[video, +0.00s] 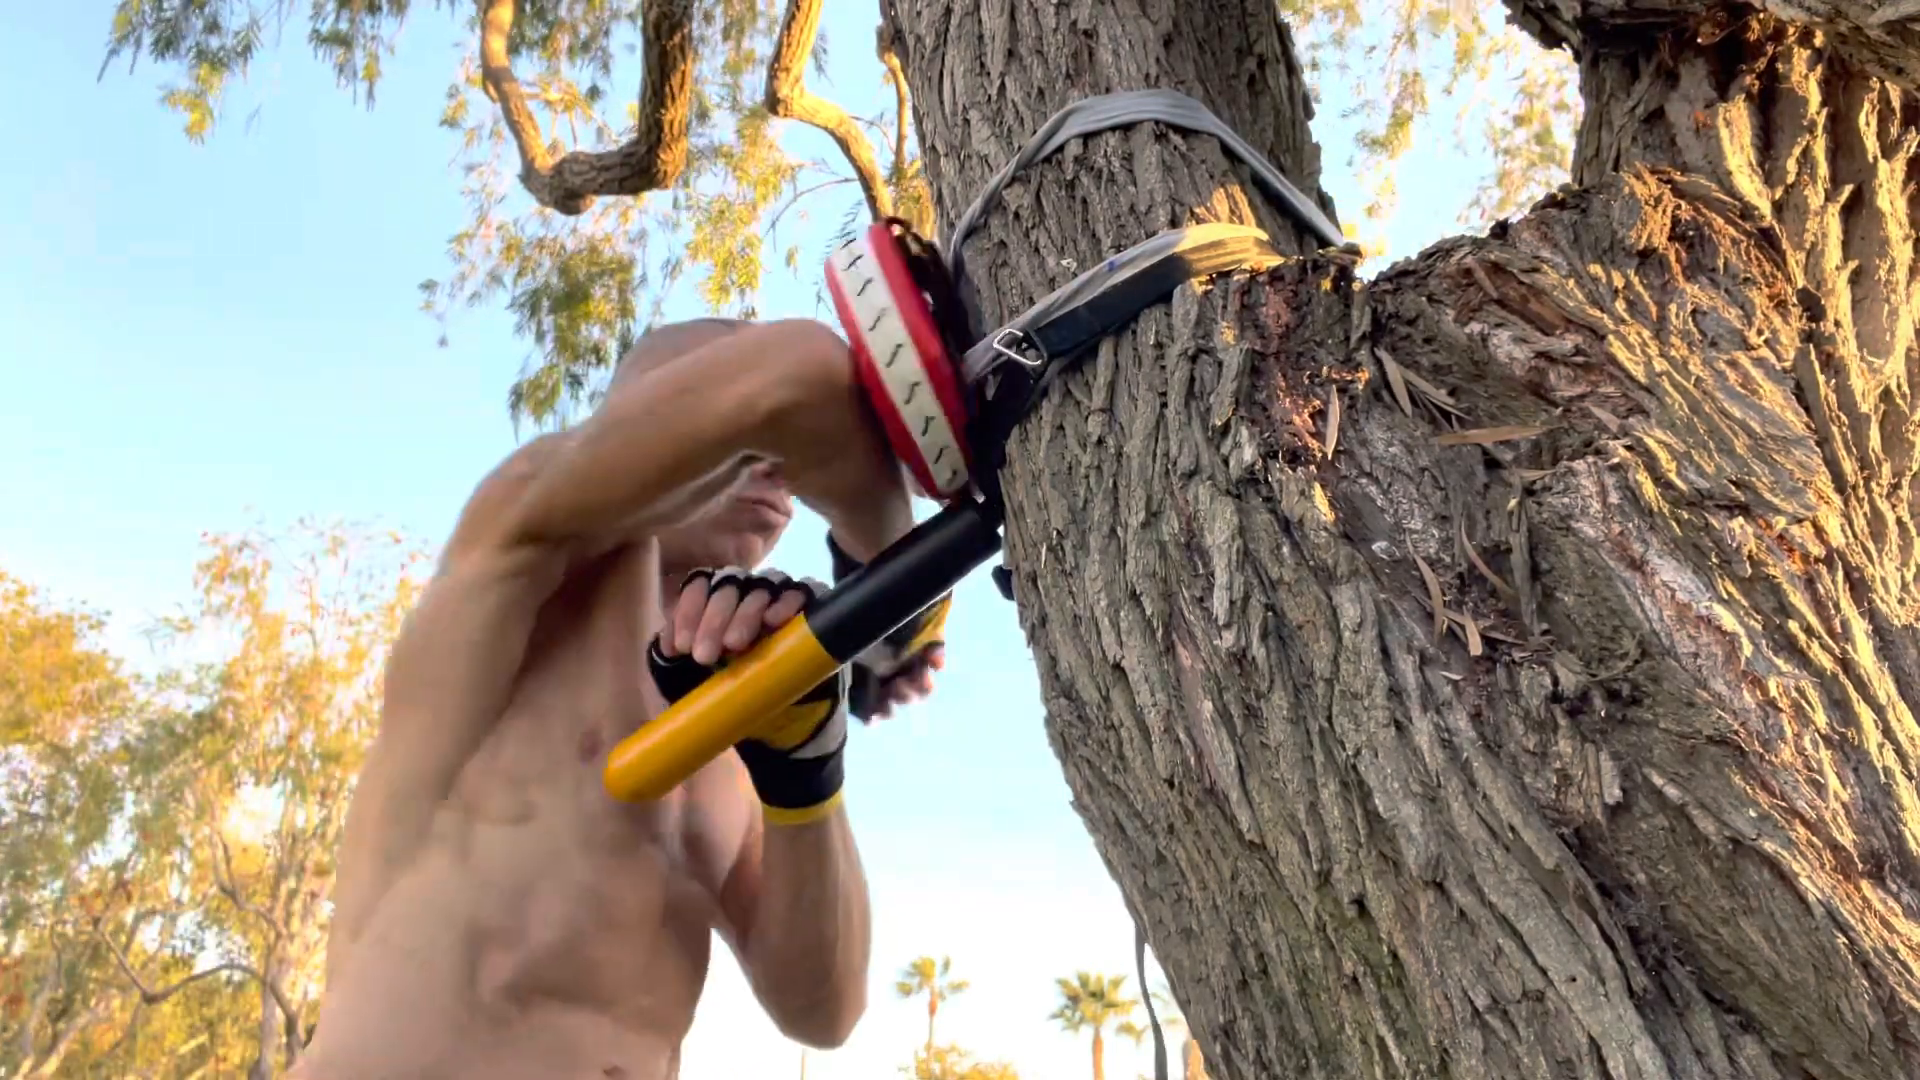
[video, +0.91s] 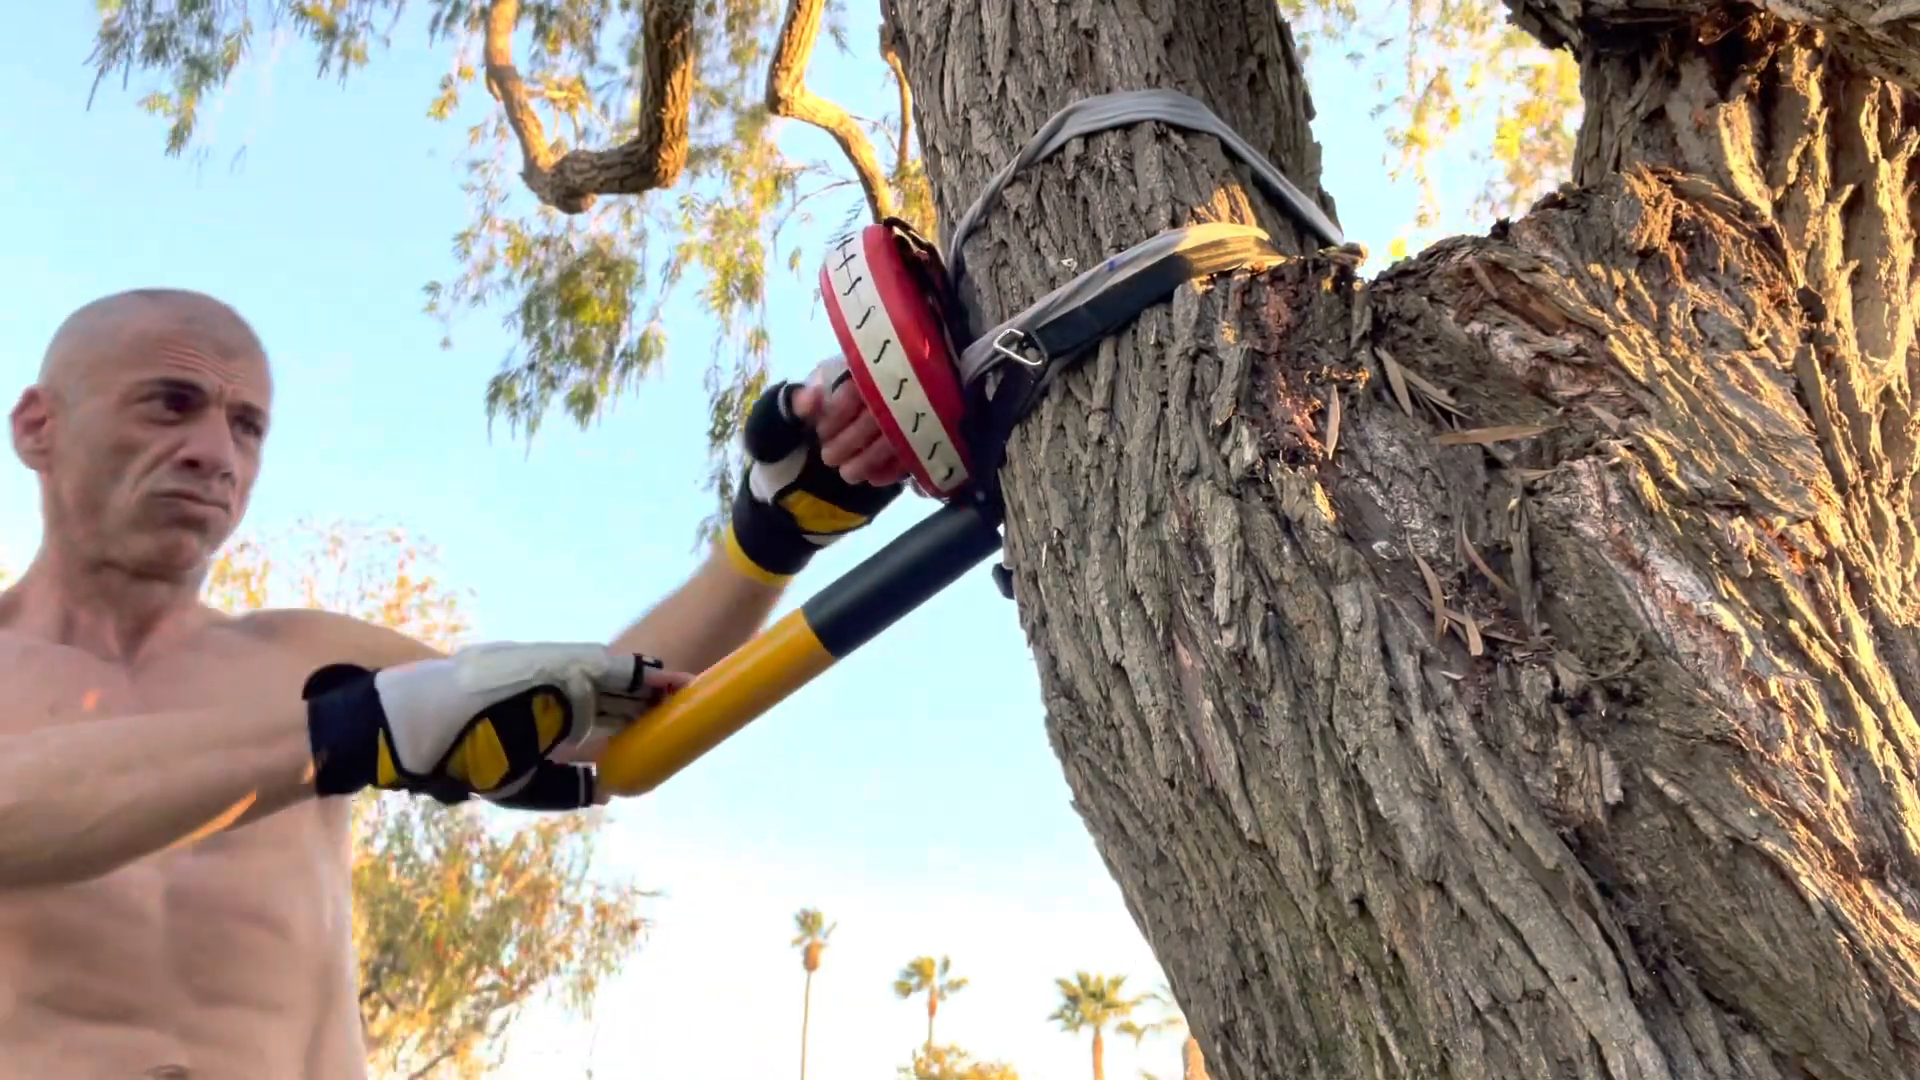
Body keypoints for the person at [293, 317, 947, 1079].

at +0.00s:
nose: (775, 471)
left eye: (780, 445)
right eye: (729, 428)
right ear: (630, 426)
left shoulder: (722, 744)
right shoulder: (522, 534)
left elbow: (820, 1009)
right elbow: (804, 366)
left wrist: (799, 761)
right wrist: (883, 569)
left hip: (634, 1057)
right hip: (411, 1049)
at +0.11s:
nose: (706, 461)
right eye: (670, 409)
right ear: (550, 427)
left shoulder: (690, 731)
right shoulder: (448, 548)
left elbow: (820, 996)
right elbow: (738, 403)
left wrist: (807, 745)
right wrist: (862, 550)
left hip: (609, 1056)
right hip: (382, 1049)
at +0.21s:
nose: (622, 495)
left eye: (648, 458)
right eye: (592, 450)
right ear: (480, 445)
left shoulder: (627, 732)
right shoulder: (357, 589)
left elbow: (774, 989)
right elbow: (638, 445)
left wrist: (784, 714)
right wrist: (823, 492)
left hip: (556, 1059)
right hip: (326, 1051)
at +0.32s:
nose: (510, 479)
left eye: (535, 459)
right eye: (469, 434)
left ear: (550, 485)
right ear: (340, 449)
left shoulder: (502, 746)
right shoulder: (191, 580)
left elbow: (630, 1044)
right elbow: (423, 593)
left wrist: (605, 822)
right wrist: (719, 420)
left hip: (443, 1059)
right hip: (204, 1047)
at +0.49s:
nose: (350, 474)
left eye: (373, 448)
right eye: (305, 423)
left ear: (387, 476)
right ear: (167, 436)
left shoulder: (378, 693)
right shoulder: (34, 629)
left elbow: (659, 828)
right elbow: (80, 910)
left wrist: (683, 605)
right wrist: (514, 784)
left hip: (314, 1062)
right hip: (97, 1063)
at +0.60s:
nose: (257, 465)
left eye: (283, 439)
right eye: (213, 415)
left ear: (295, 467)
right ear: (72, 426)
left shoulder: (303, 664)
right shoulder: (14, 653)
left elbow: (585, 706)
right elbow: (25, 873)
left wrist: (775, 512)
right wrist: (415, 766)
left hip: (279, 1062)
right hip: (61, 1060)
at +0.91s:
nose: (213, 452)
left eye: (243, 427)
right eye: (165, 403)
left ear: (260, 464)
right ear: (37, 430)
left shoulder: (313, 658)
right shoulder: (8, 663)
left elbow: (586, 739)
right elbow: (23, 832)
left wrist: (775, 531)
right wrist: (359, 729)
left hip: (301, 1060)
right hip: (55, 1056)